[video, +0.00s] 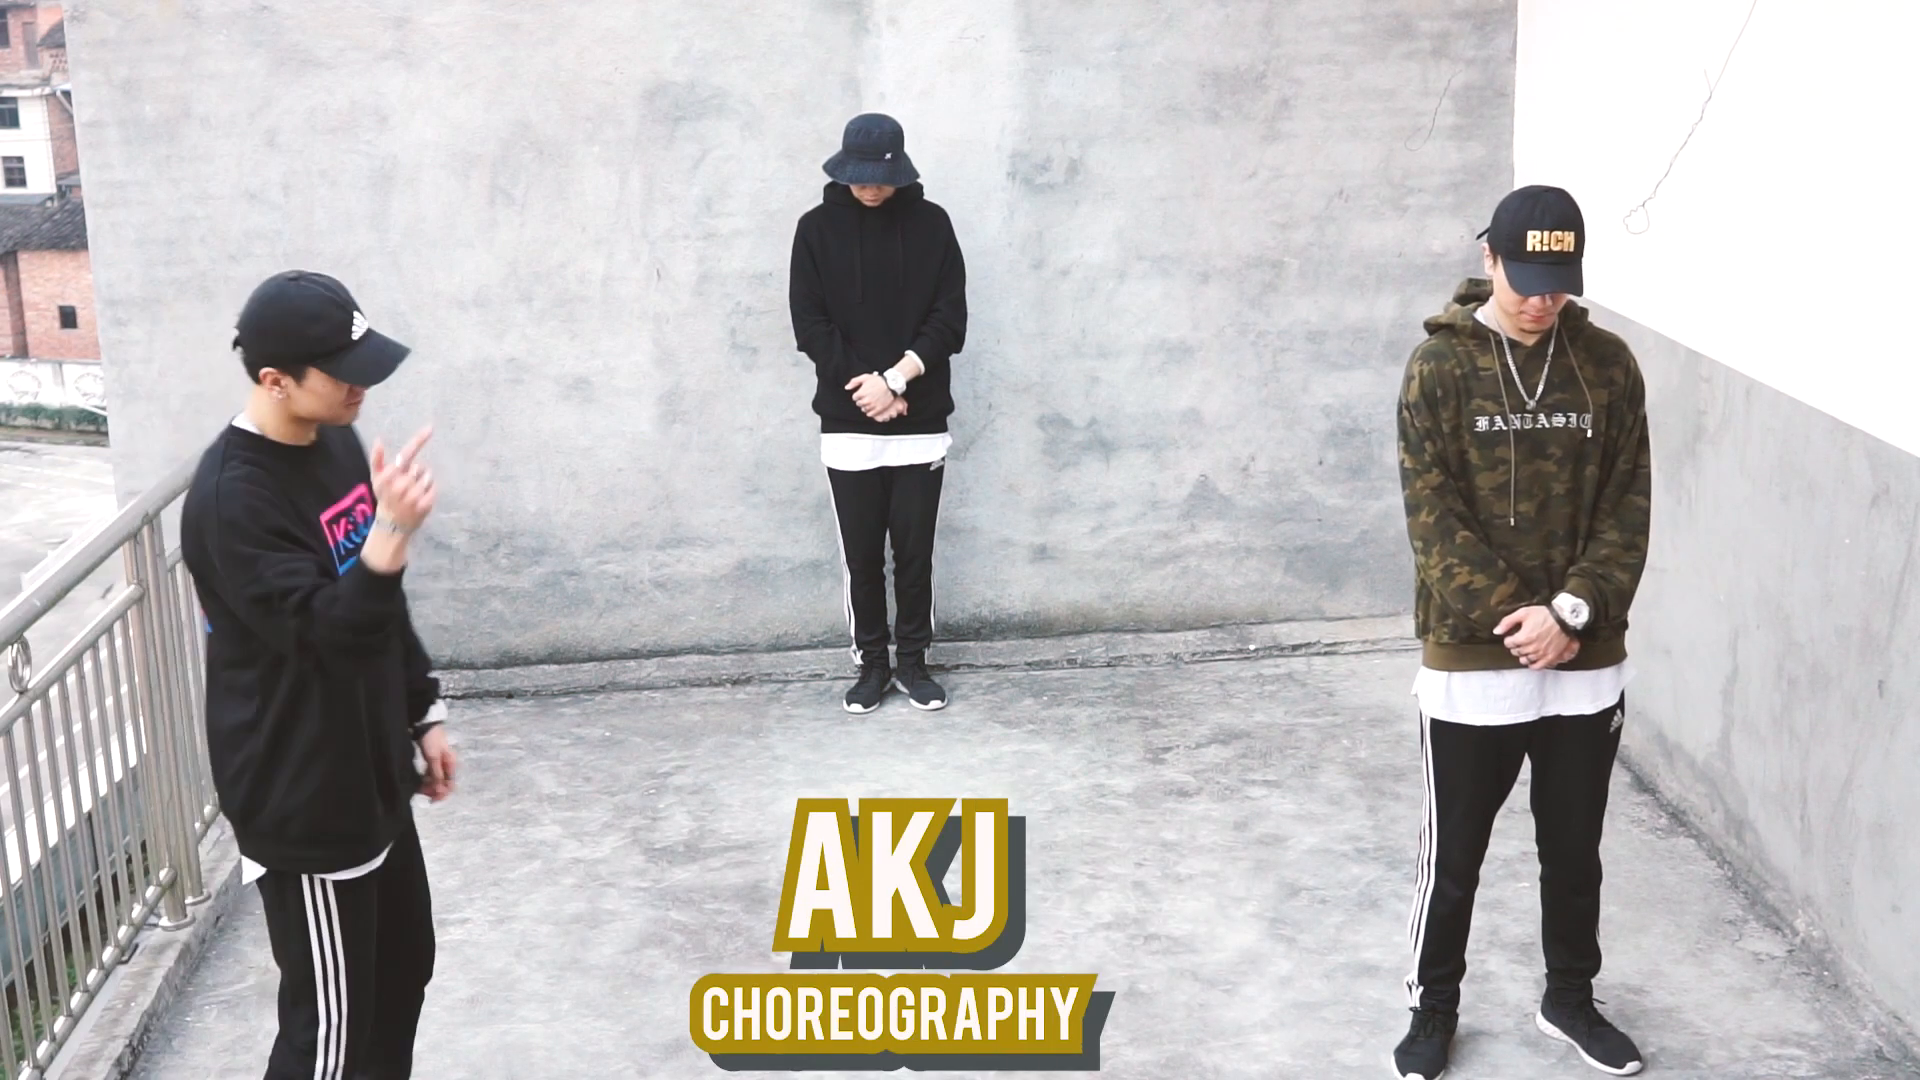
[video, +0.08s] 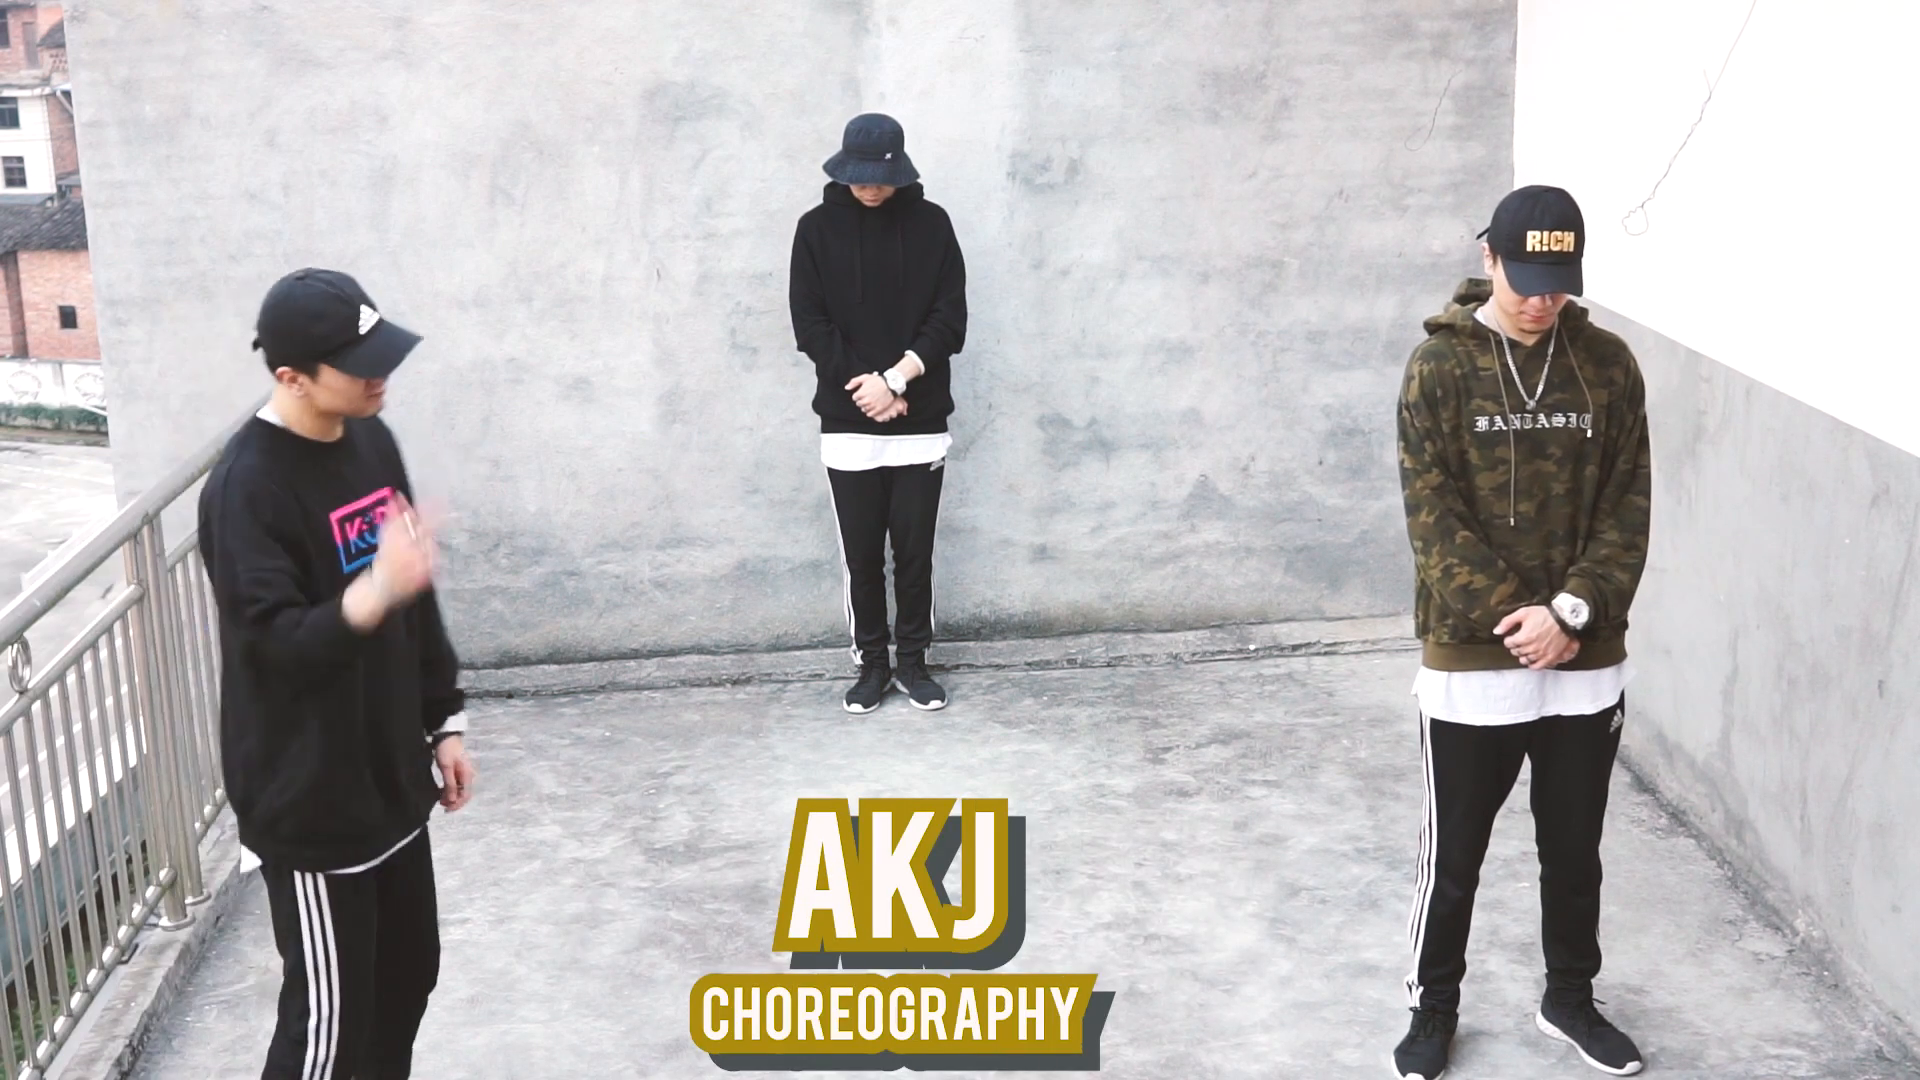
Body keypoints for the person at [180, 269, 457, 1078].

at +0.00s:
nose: (361, 388)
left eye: (360, 370)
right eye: (343, 375)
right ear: (275, 379)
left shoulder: (335, 443)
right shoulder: (230, 499)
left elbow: (381, 602)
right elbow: (320, 630)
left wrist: (424, 712)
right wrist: (388, 536)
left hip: (373, 770)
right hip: (303, 796)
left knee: (403, 970)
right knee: (336, 1024)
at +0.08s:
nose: (382, 379)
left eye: (381, 361)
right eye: (362, 367)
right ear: (294, 376)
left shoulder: (371, 440)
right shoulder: (245, 484)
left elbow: (411, 588)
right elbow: (276, 645)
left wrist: (444, 725)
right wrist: (375, 591)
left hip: (391, 771)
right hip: (308, 793)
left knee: (408, 976)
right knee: (329, 1016)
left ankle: (376, 1077)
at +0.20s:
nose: (404, 356)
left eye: (404, 338)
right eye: (382, 346)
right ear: (315, 355)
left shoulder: (417, 434)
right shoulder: (259, 462)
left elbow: (454, 580)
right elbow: (228, 636)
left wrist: (474, 719)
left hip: (409, 765)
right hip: (306, 785)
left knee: (420, 963)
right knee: (316, 1007)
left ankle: (384, 1074)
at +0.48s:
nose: (361, 375)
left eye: (379, 356)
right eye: (342, 358)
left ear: (407, 343)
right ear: (314, 348)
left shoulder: (454, 446)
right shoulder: (252, 452)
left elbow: (508, 588)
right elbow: (192, 591)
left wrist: (542, 725)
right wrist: (205, 717)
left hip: (416, 763)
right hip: (289, 766)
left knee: (424, 967)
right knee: (288, 988)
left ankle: (388, 1075)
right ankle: (279, 1076)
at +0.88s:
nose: (235, 402)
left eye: (251, 381)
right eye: (219, 383)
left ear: (295, 349)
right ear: (199, 362)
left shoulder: (372, 450)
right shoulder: (176, 464)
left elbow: (438, 606)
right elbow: (148, 622)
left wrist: (432, 738)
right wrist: (163, 760)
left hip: (368, 769)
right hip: (242, 775)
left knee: (416, 957)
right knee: (268, 985)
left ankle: (397, 1074)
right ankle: (286, 1078)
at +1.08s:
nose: (213, 401)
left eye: (229, 379)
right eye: (197, 383)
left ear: (270, 345)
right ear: (176, 361)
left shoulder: (349, 443)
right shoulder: (156, 464)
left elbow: (381, 615)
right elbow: (152, 637)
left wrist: (299, 726)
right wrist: (225, 754)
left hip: (365, 765)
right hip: (234, 786)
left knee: (426, 989)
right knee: (266, 1002)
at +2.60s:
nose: (248, 377)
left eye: (266, 357)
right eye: (232, 360)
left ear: (310, 334)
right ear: (213, 346)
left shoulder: (381, 437)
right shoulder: (178, 447)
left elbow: (405, 605)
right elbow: (174, 612)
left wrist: (316, 704)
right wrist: (265, 722)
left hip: (370, 766)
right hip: (248, 776)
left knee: (379, 988)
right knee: (282, 994)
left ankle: (389, 1079)